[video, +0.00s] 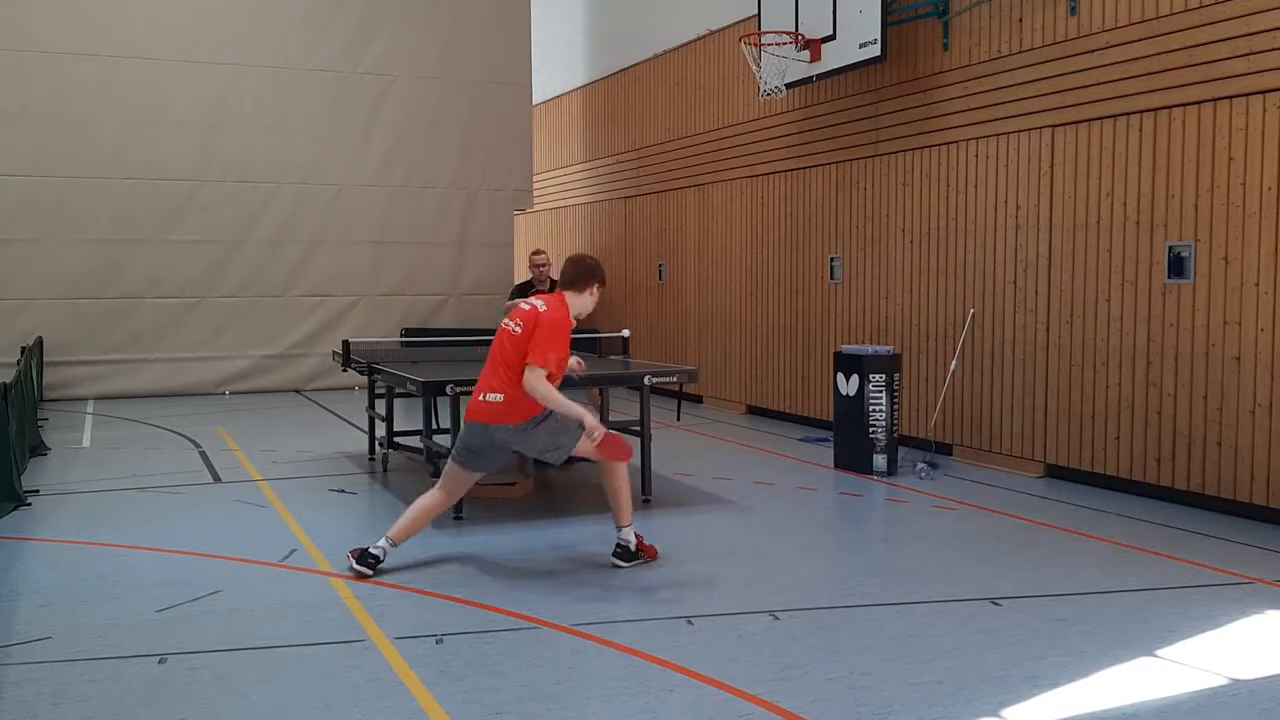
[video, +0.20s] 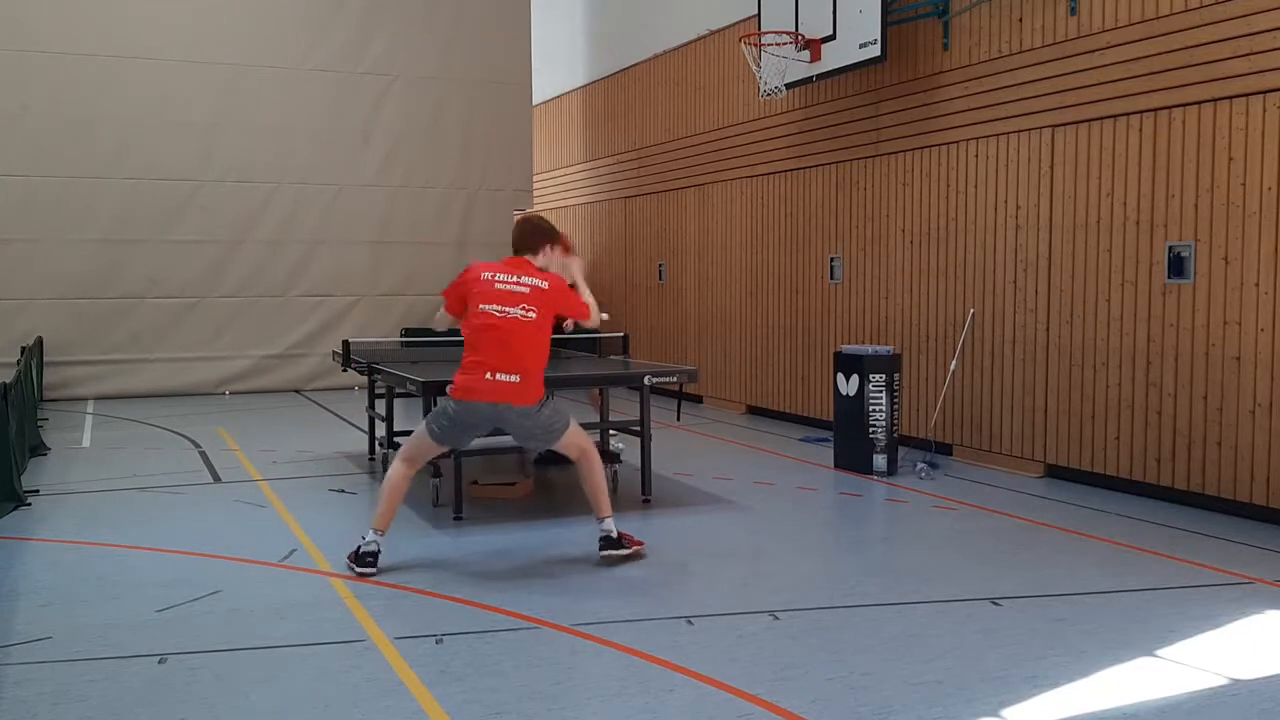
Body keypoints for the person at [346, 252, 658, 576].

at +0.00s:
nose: (596, 303)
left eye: (598, 296)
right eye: (598, 295)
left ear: (561, 282)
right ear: (591, 290)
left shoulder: (526, 305)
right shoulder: (557, 316)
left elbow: (513, 357)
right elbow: (534, 380)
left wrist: (560, 362)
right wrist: (582, 414)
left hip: (480, 420)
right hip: (524, 421)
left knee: (442, 493)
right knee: (610, 449)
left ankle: (378, 550)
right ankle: (628, 541)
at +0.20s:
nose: (558, 261)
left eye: (558, 254)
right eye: (557, 254)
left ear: (516, 246)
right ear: (546, 249)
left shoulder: (477, 273)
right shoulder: (551, 285)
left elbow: (443, 321)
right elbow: (592, 317)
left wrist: (486, 303)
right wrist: (577, 277)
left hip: (468, 401)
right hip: (525, 406)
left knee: (407, 461)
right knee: (584, 451)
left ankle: (371, 546)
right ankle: (610, 533)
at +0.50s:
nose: (523, 244)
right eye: (525, 239)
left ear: (490, 243)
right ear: (525, 244)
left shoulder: (467, 276)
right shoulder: (541, 285)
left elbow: (423, 330)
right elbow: (561, 347)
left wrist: (447, 313)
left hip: (468, 403)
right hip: (526, 406)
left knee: (403, 460)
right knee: (571, 459)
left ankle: (365, 548)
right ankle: (604, 536)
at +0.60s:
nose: (548, 251)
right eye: (549, 247)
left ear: (512, 248)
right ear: (548, 251)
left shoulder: (482, 279)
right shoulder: (557, 292)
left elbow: (450, 337)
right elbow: (564, 360)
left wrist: (488, 331)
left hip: (470, 394)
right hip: (526, 399)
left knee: (416, 464)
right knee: (581, 457)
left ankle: (372, 548)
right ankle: (611, 539)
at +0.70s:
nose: (578, 284)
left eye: (576, 279)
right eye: (579, 278)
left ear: (540, 271)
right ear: (574, 277)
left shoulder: (509, 297)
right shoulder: (564, 311)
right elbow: (555, 373)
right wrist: (591, 418)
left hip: (472, 414)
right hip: (525, 417)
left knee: (429, 481)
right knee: (598, 455)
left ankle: (373, 548)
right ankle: (617, 542)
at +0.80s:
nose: (599, 294)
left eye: (599, 287)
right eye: (599, 287)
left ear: (563, 280)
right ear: (591, 286)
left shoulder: (528, 305)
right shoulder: (567, 312)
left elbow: (514, 362)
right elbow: (556, 374)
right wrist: (604, 411)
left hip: (483, 416)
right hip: (531, 418)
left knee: (440, 491)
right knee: (613, 449)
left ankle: (376, 549)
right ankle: (620, 541)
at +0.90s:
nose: (601, 275)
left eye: (601, 267)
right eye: (601, 267)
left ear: (565, 259)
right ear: (590, 264)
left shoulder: (524, 286)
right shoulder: (581, 300)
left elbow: (487, 326)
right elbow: (598, 362)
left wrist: (526, 334)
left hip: (493, 402)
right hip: (546, 405)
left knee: (439, 476)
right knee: (614, 451)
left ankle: (377, 546)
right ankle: (618, 540)